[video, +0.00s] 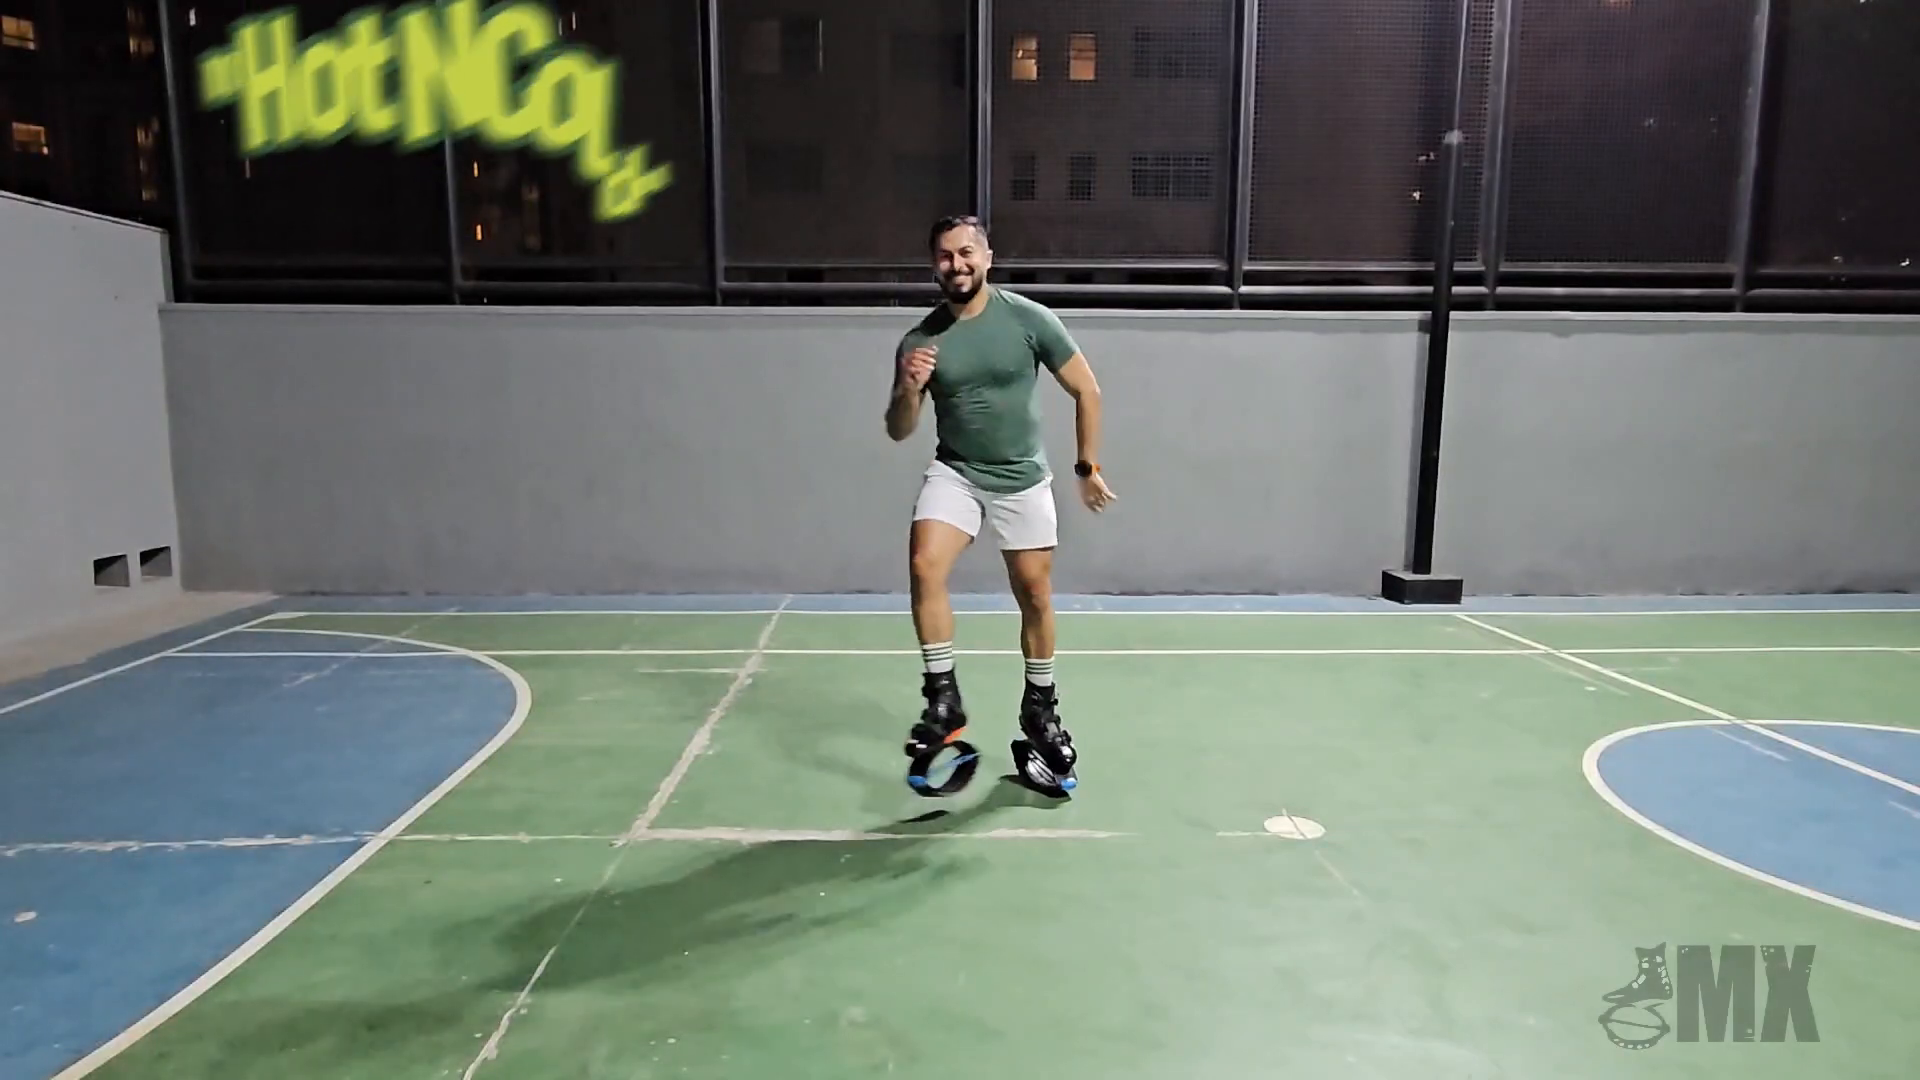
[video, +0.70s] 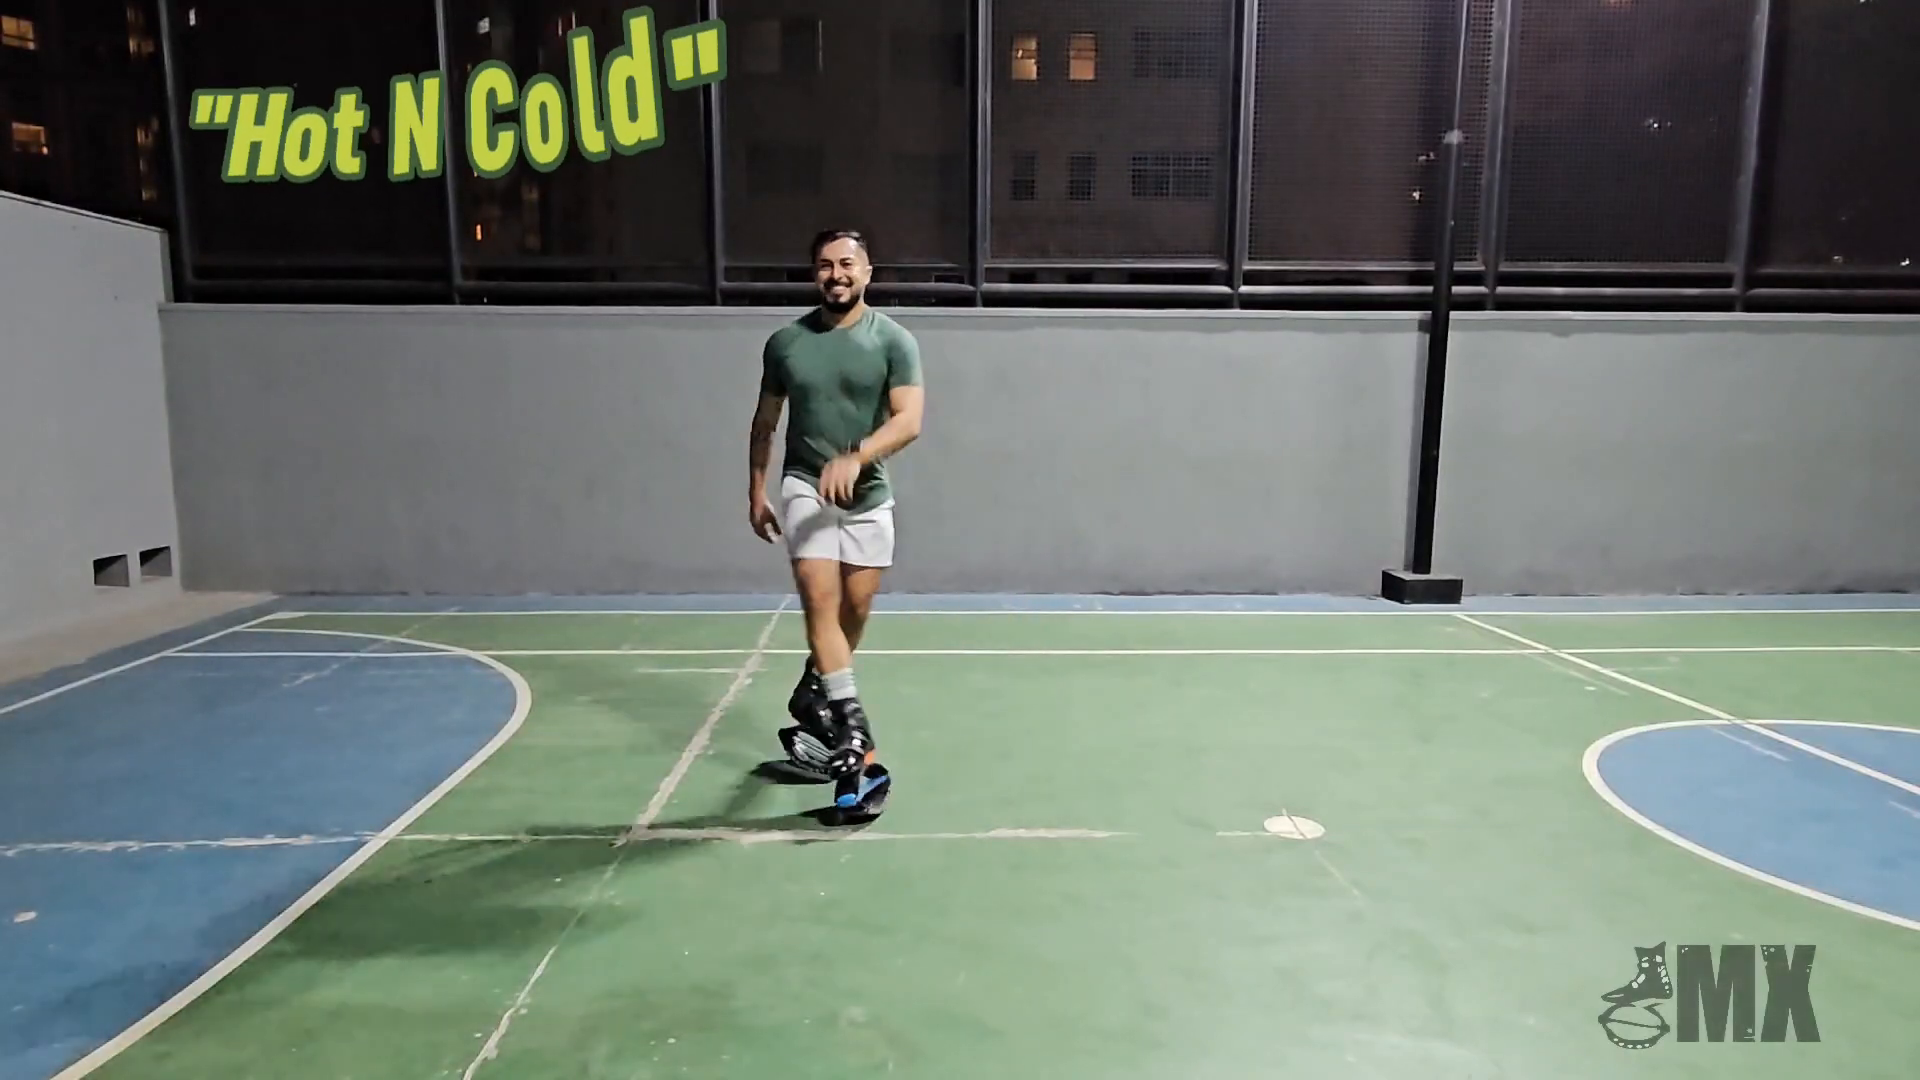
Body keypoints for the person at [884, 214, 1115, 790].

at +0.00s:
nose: (956, 264)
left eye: (967, 252)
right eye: (945, 255)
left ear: (989, 258)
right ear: (935, 264)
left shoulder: (1030, 319)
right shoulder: (921, 340)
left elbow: (1087, 388)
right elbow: (898, 430)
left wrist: (1087, 467)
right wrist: (910, 388)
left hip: (1024, 479)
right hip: (955, 474)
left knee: (1035, 592)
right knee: (925, 566)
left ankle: (1040, 711)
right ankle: (942, 700)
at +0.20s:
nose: (928, 261)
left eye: (938, 251)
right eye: (917, 254)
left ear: (959, 262)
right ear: (903, 268)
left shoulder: (993, 322)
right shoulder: (881, 339)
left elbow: (1041, 363)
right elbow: (836, 402)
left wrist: (1028, 424)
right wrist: (837, 423)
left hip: (988, 489)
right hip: (917, 490)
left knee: (1008, 590)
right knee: (899, 598)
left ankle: (1033, 710)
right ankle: (878, 728)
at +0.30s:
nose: (912, 258)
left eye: (921, 248)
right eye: (900, 250)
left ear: (940, 259)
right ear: (884, 265)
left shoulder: (968, 327)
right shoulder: (859, 332)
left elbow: (1012, 387)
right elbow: (817, 414)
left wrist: (996, 409)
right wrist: (798, 491)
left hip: (957, 489)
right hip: (889, 490)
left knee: (992, 598)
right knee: (884, 602)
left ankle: (1011, 702)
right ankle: (877, 732)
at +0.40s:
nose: (893, 257)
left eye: (903, 246)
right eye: (881, 249)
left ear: (920, 258)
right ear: (867, 264)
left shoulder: (947, 332)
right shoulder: (839, 330)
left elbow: (975, 420)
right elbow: (799, 421)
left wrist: (958, 379)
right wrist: (777, 501)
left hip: (935, 482)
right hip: (867, 487)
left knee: (972, 592)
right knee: (871, 603)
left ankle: (961, 681)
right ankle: (874, 729)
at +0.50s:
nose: (875, 259)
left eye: (885, 249)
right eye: (863, 252)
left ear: (903, 259)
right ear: (849, 266)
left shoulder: (931, 331)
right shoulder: (817, 330)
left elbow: (944, 414)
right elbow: (782, 415)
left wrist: (917, 362)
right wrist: (774, 495)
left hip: (915, 482)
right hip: (849, 484)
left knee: (940, 594)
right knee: (860, 602)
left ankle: (895, 665)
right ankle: (869, 729)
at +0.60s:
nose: (855, 265)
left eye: (866, 255)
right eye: (844, 257)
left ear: (885, 264)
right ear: (831, 269)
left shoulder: (915, 333)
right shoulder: (799, 336)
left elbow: (927, 409)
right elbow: (771, 415)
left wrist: (878, 387)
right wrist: (768, 492)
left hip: (893, 488)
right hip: (829, 489)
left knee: (897, 608)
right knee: (846, 600)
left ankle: (827, 696)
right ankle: (866, 737)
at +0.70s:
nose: (836, 273)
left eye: (847, 263)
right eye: (825, 265)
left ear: (868, 272)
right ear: (814, 275)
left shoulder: (894, 341)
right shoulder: (785, 344)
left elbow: (907, 421)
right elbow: (765, 423)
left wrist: (856, 457)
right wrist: (758, 490)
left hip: (868, 490)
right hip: (804, 487)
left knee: (857, 604)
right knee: (818, 595)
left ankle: (811, 693)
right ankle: (854, 733)